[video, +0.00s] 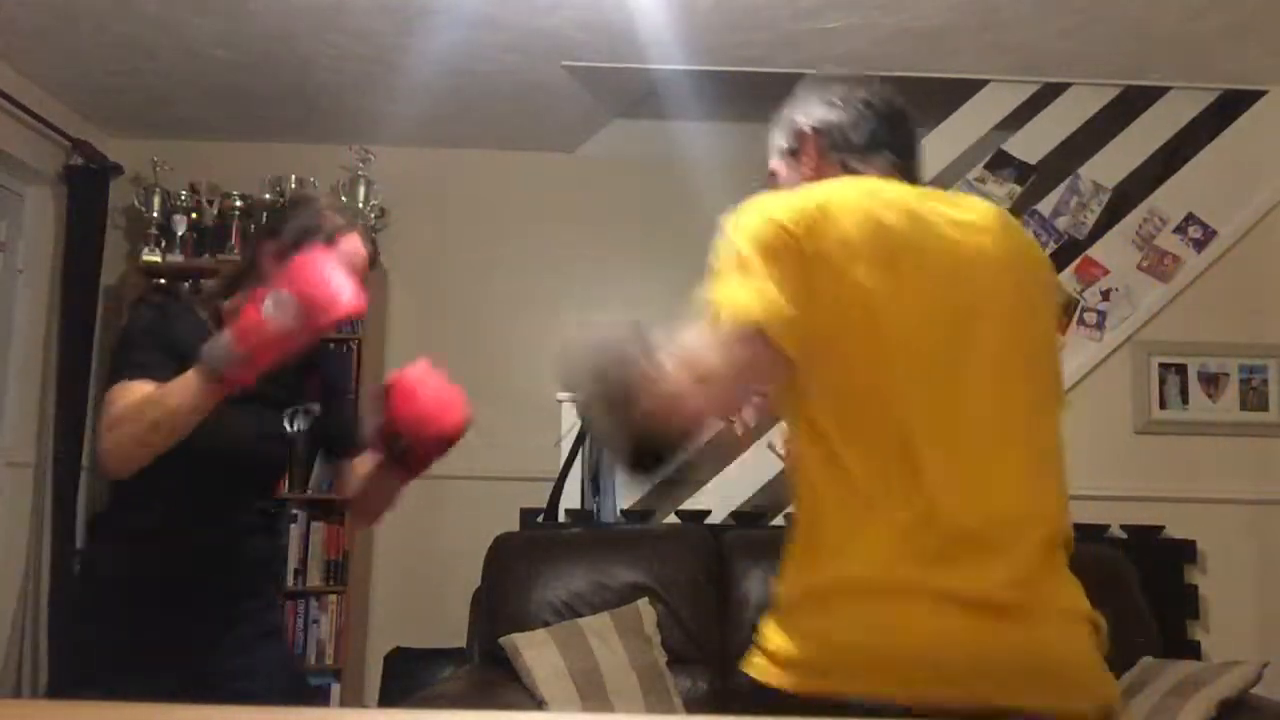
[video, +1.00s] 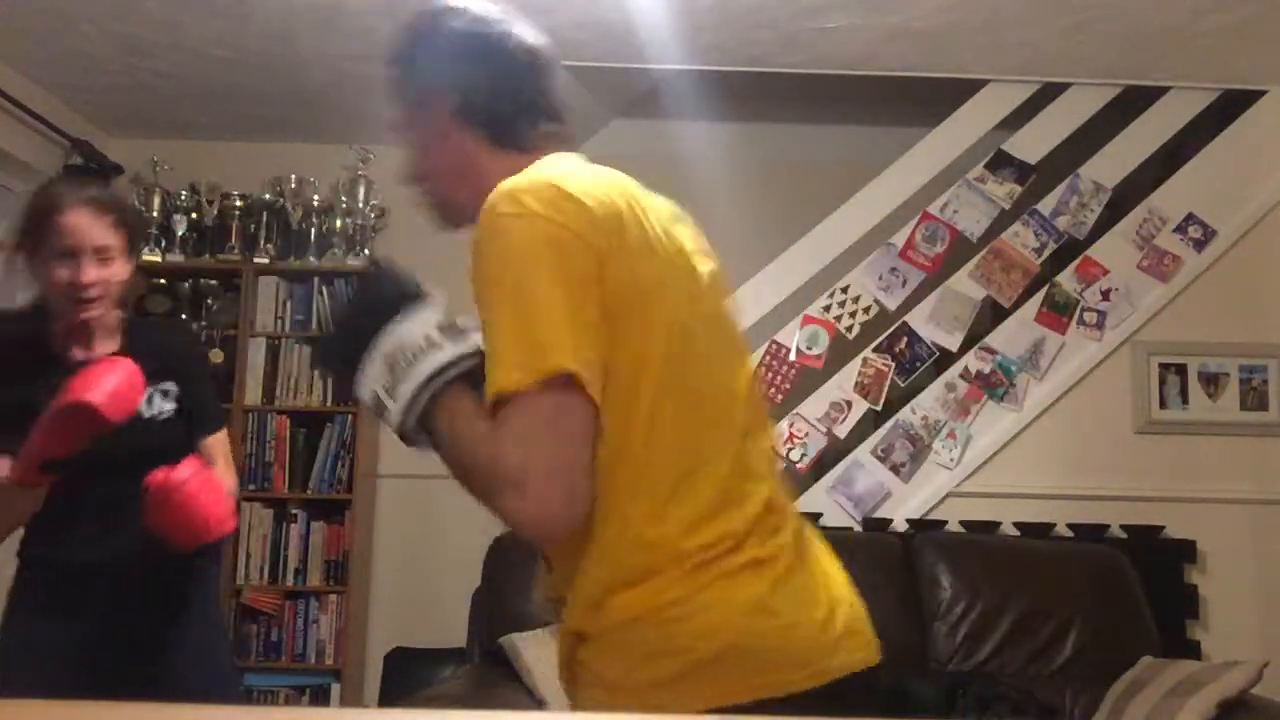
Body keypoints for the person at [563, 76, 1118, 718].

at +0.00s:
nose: (774, 188)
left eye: (775, 172)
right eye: (773, 174)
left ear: (805, 153)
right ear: (901, 162)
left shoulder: (786, 221)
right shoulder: (1016, 241)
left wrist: (642, 387)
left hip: (842, 667)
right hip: (1047, 671)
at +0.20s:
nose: (657, 175)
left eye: (659, 154)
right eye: (659, 156)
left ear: (687, 153)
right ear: (789, 152)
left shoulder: (655, 251)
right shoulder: (908, 260)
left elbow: (418, 340)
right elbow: (974, 458)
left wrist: (389, 296)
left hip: (771, 687)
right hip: (973, 687)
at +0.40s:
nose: (410, 180)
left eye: (415, 144)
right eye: (408, 147)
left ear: (463, 134)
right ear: (474, 135)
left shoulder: (570, 226)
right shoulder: (605, 215)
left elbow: (539, 521)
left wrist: (411, 373)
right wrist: (425, 323)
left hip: (767, 686)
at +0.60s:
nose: (329, 186)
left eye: (326, 149)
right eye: (318, 154)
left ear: (392, 129)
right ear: (393, 132)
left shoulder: (571, 242)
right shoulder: (450, 277)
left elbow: (560, 533)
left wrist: (391, 349)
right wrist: (258, 326)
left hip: (724, 677)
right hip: (627, 677)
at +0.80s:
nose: (322, 193)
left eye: (319, 155)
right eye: (312, 161)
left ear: (383, 131)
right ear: (387, 136)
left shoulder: (565, 240)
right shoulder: (457, 282)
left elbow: (532, 538)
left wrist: (383, 352)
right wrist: (287, 365)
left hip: (717, 683)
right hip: (613, 682)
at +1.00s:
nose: (408, 169)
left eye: (410, 133)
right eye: (406, 138)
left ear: (447, 114)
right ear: (529, 106)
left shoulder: (529, 207)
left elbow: (543, 498)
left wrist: (412, 366)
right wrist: (452, 365)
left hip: (695, 680)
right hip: (815, 653)